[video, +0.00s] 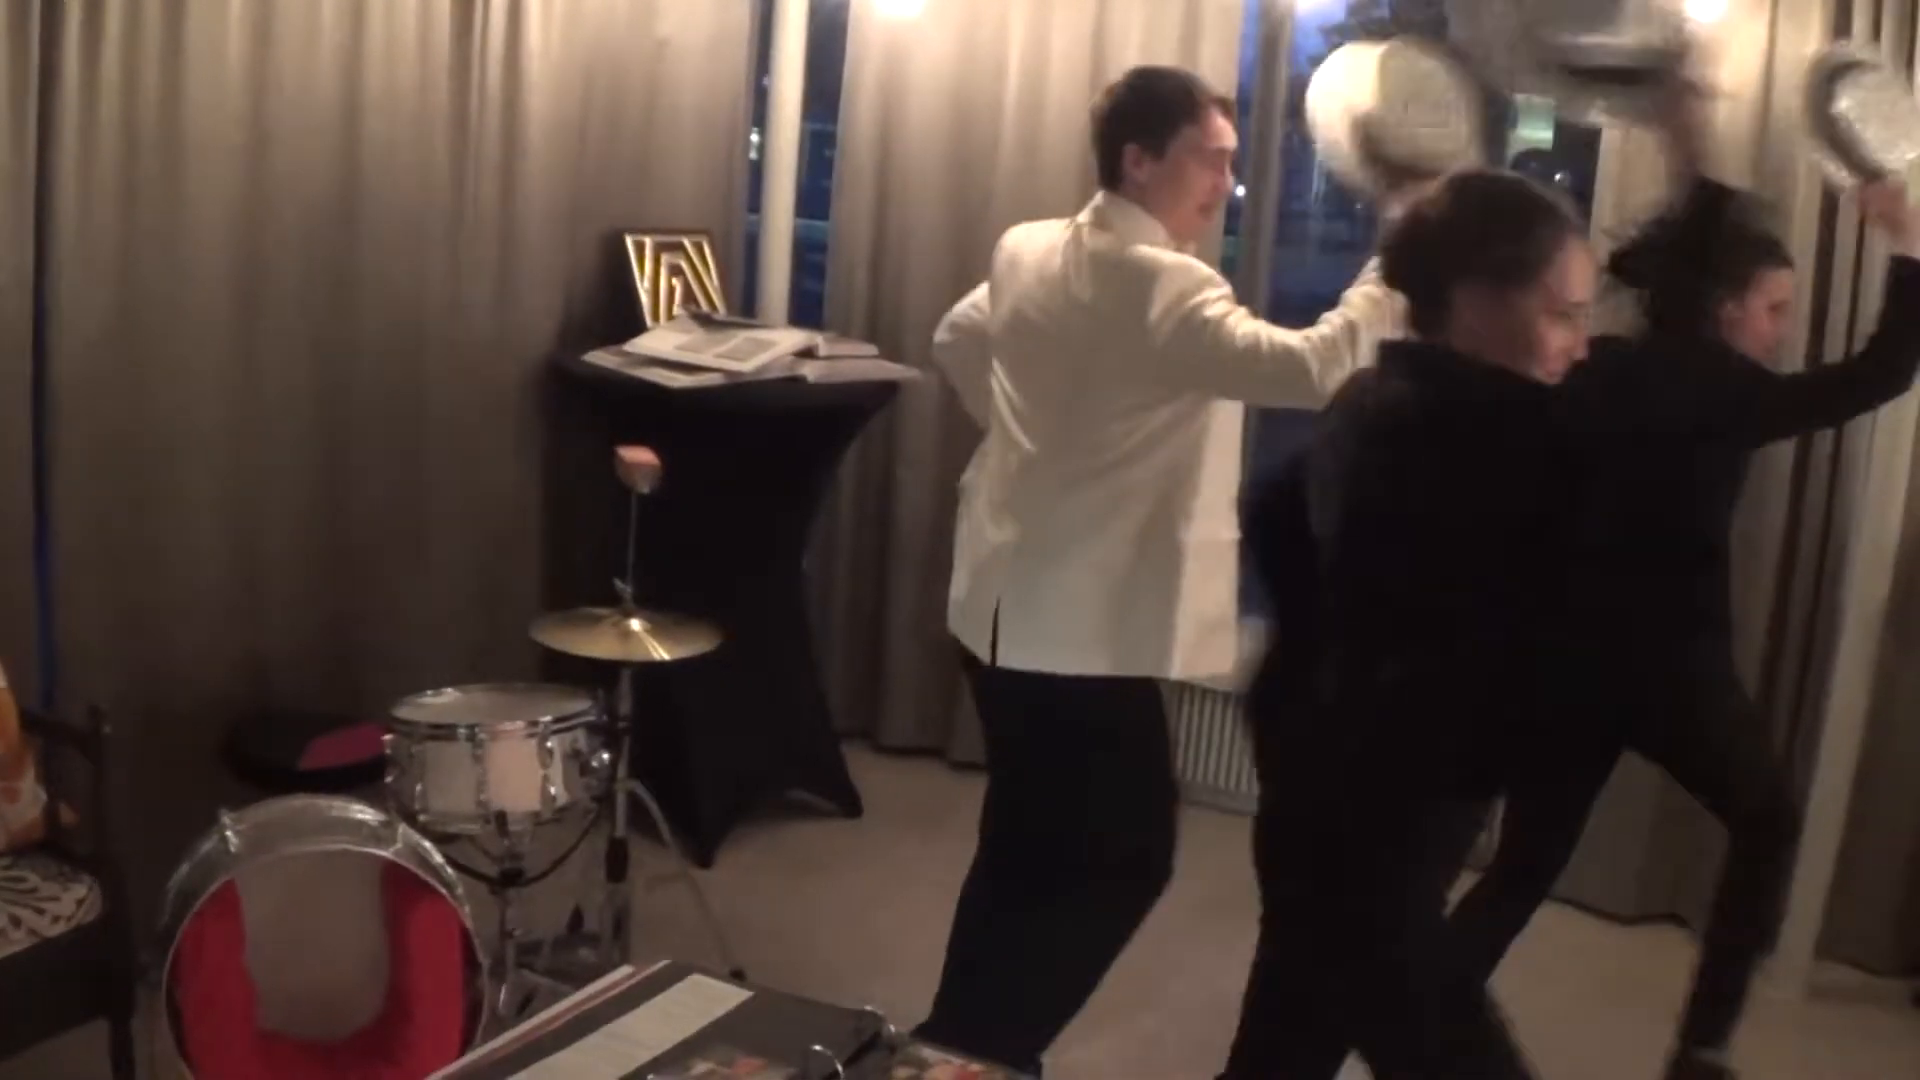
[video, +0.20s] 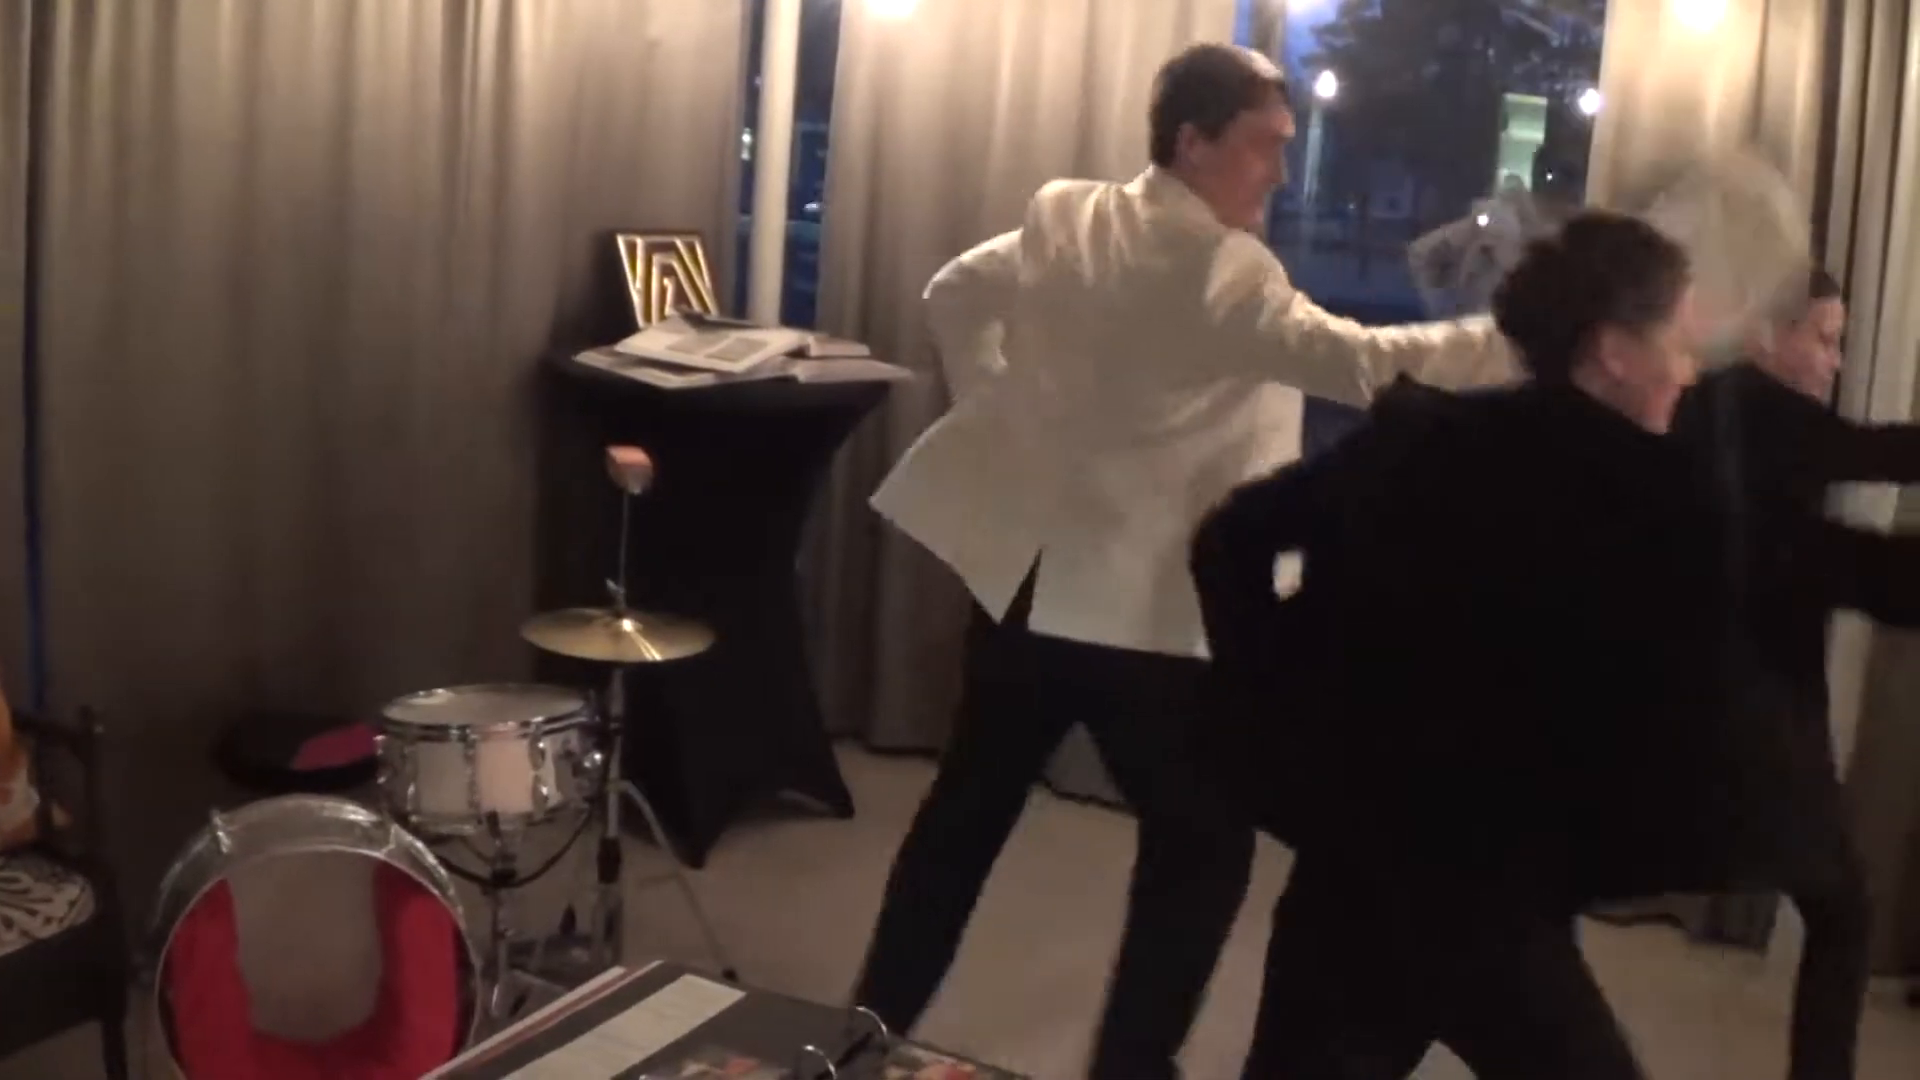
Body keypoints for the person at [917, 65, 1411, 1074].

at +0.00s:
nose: (1229, 183)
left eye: (1231, 162)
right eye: (1213, 161)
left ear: (1126, 167)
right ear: (1142, 161)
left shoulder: (1029, 252)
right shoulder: (1167, 291)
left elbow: (955, 339)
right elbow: (1309, 369)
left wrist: (1027, 435)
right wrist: (1400, 255)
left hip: (997, 613)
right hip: (1087, 634)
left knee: (1024, 838)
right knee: (1131, 855)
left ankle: (958, 1044)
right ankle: (988, 1051)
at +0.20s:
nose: (1281, 172)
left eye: (1284, 149)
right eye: (1268, 147)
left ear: (1182, 144)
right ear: (1192, 141)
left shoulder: (1064, 216)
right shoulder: (1228, 280)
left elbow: (952, 293)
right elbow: (1365, 363)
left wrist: (992, 418)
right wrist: (1515, 334)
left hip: (1019, 581)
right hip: (1146, 616)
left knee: (969, 801)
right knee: (1201, 843)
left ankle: (872, 1031)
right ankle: (1131, 1065)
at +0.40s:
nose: (1320, 238)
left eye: (1324, 216)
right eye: (1309, 214)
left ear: (1231, 209)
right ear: (1233, 206)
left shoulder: (1087, 289)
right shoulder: (1277, 353)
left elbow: (967, 371)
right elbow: (1427, 429)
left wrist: (1015, 496)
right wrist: (1613, 439)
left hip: (1046, 660)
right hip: (1183, 689)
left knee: (961, 863)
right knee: (1274, 900)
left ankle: (834, 1047)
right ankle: (1203, 1075)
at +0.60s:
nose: (1351, 257)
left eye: (1357, 233)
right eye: (1339, 231)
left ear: (1259, 228)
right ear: (1267, 222)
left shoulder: (1112, 298)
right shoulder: (1311, 364)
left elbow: (987, 377)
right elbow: (1471, 439)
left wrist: (1037, 529)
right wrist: (1662, 439)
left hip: (1070, 673)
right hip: (1205, 703)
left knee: (959, 880)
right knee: (1290, 910)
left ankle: (831, 1057)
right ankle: (1202, 1078)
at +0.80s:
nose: (1357, 256)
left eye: (1361, 234)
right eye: (1343, 232)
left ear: (1261, 228)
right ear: (1274, 227)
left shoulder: (1116, 298)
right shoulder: (1313, 369)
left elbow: (991, 383)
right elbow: (1458, 436)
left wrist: (1038, 529)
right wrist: (1635, 446)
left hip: (1068, 675)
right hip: (1203, 710)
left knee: (962, 880)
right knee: (1293, 925)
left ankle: (831, 1055)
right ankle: (1203, 1079)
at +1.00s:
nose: (1353, 245)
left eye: (1356, 220)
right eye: (1340, 217)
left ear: (1251, 216)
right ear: (1264, 214)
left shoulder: (1115, 294)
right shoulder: (1315, 365)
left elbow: (998, 382)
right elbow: (1437, 452)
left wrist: (1042, 515)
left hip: (1069, 675)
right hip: (1208, 711)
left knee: (979, 864)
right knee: (1283, 919)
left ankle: (841, 1047)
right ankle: (1201, 1078)